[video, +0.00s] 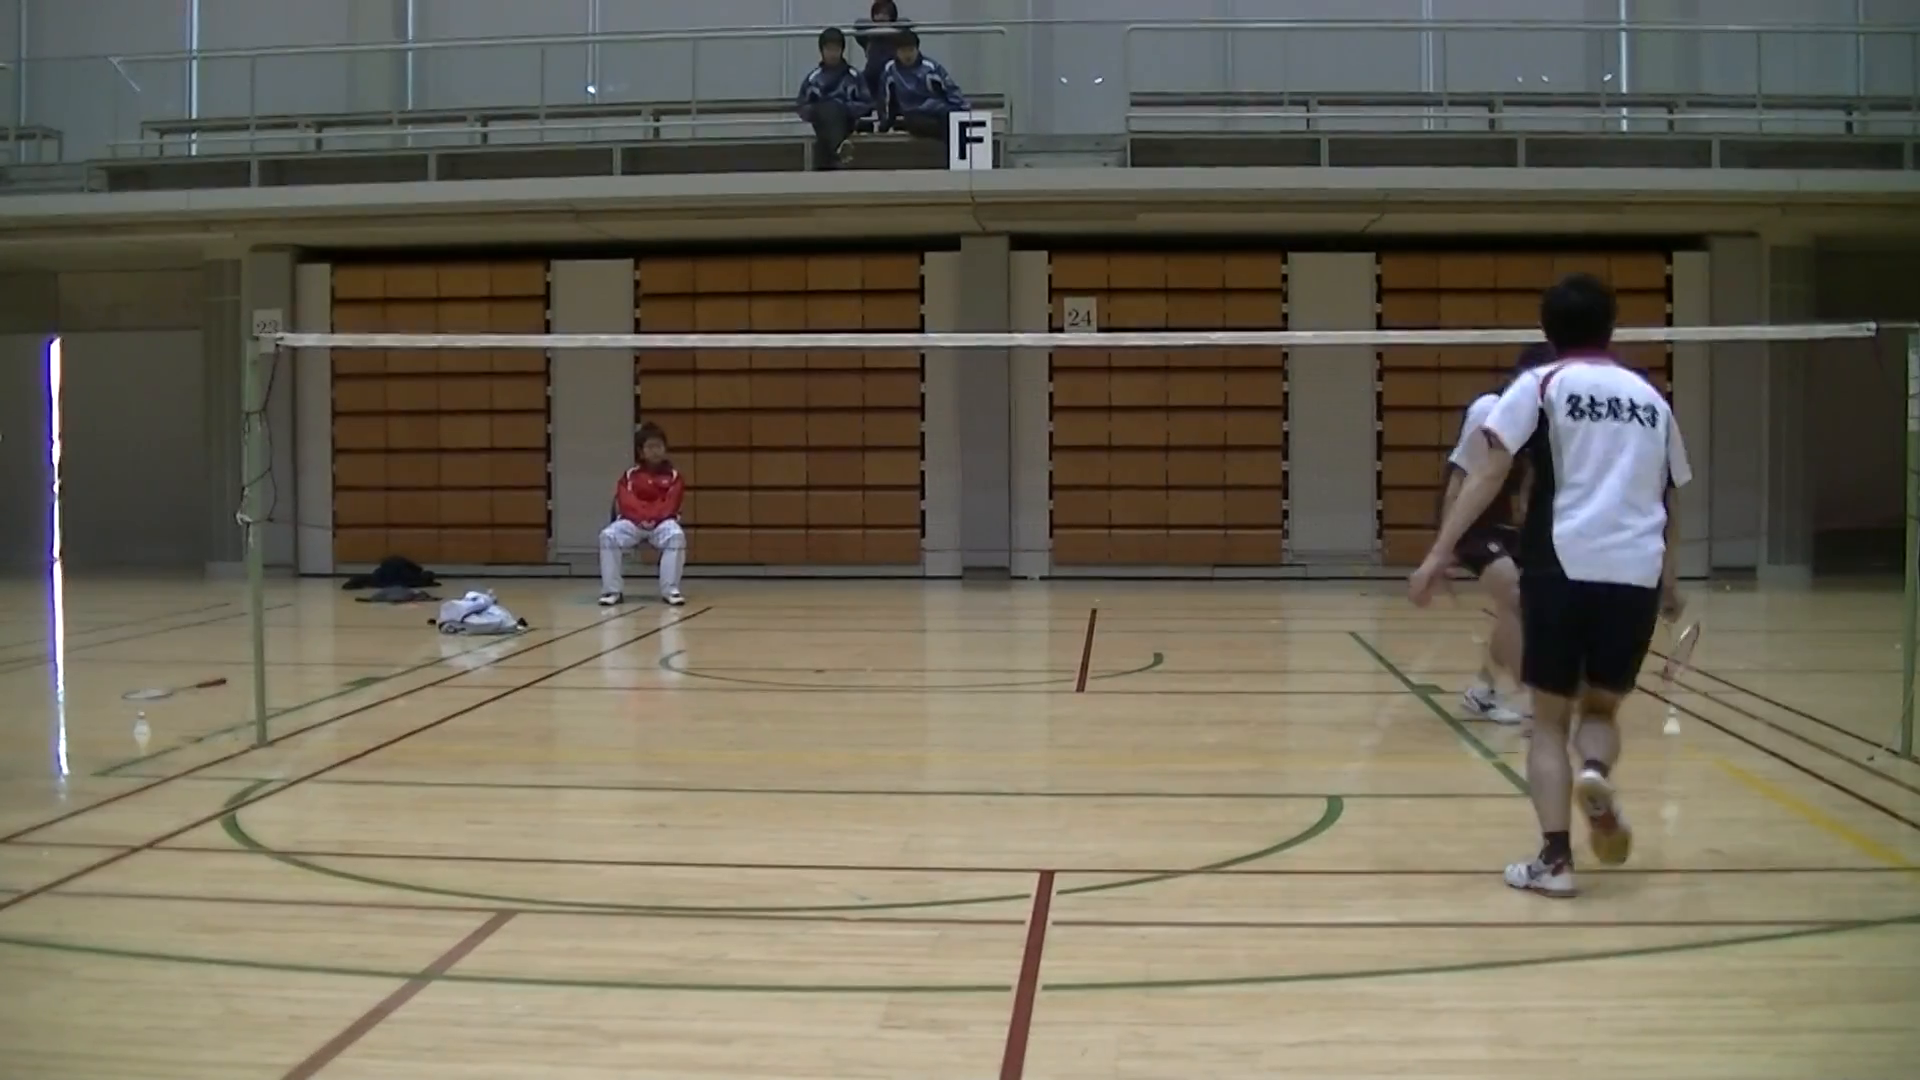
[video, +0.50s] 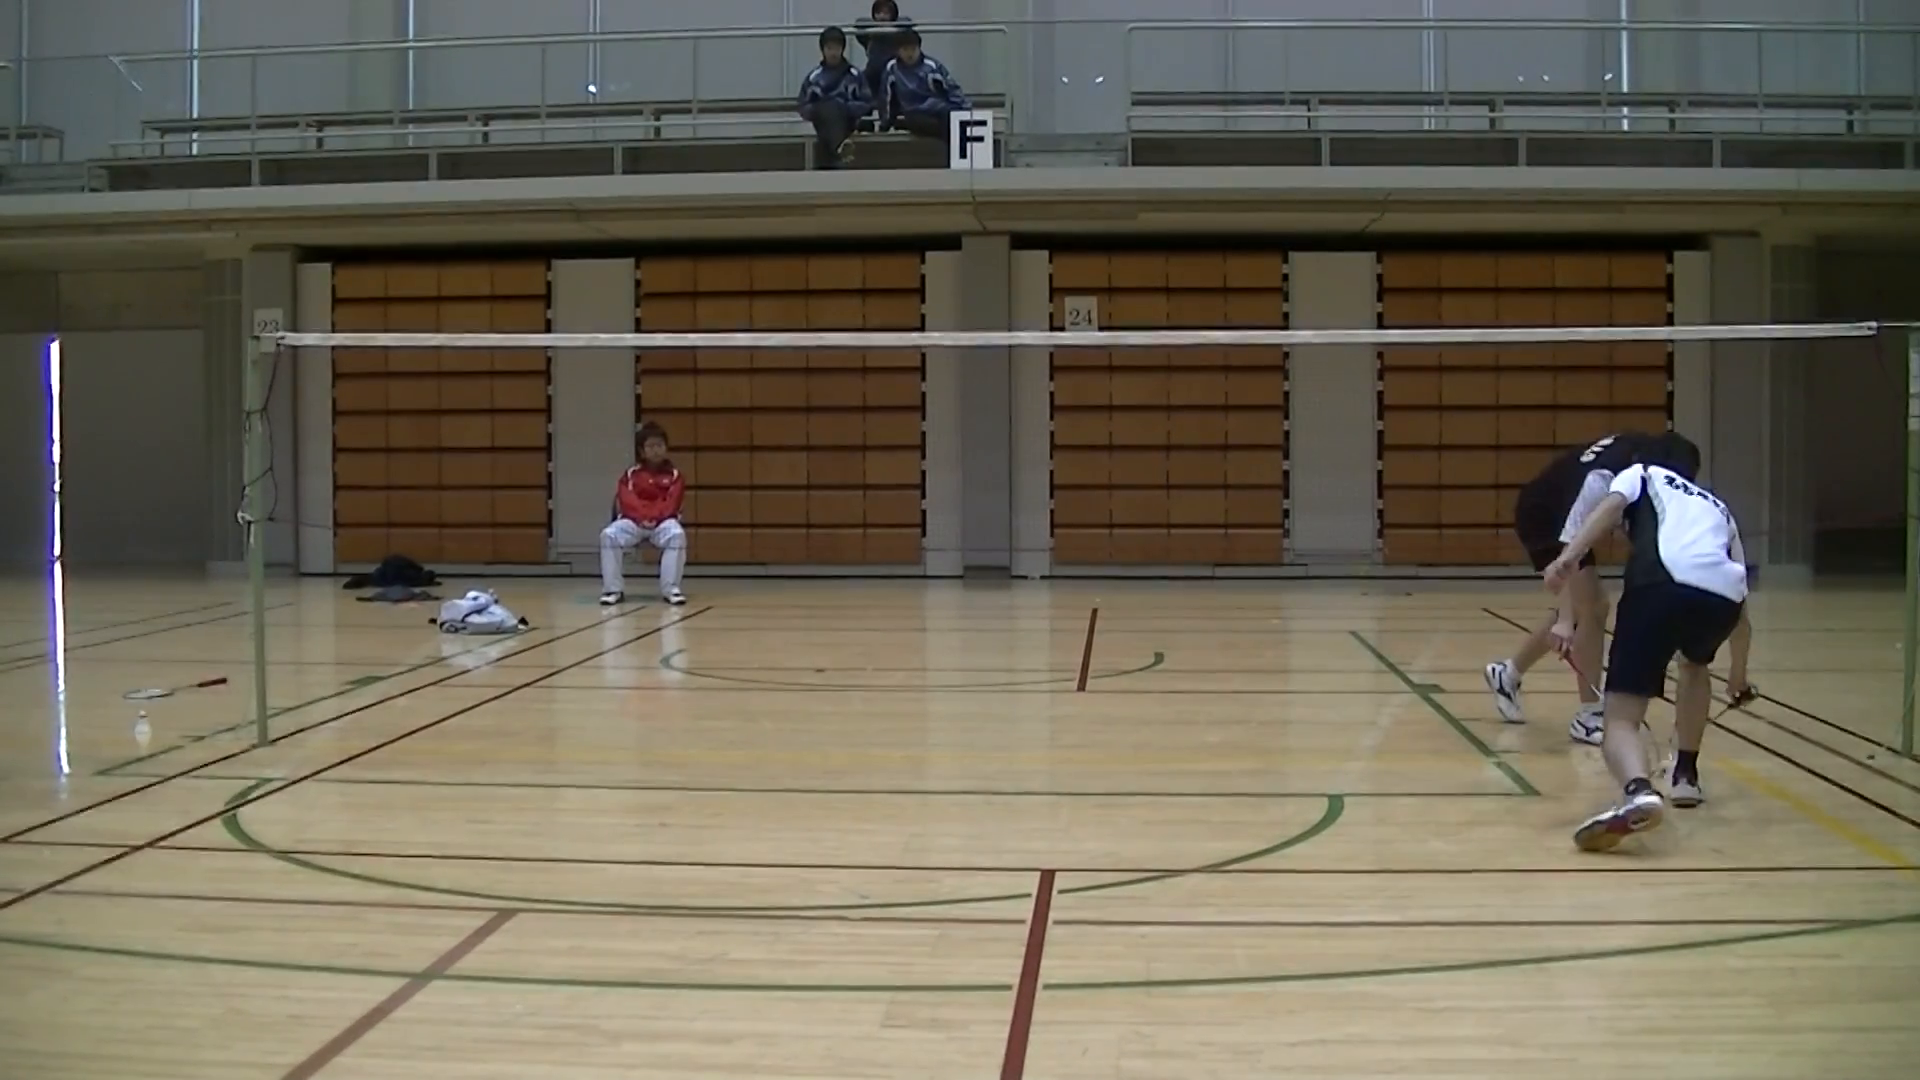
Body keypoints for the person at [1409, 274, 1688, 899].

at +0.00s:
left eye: (1547, 327)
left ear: (1550, 330)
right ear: (1611, 330)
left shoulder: (1537, 386)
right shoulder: (1651, 399)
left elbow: (1489, 473)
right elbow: (1669, 502)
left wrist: (1441, 552)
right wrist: (1669, 581)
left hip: (1559, 577)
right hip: (1635, 582)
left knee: (1549, 724)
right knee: (1602, 707)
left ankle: (1555, 859)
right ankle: (1595, 774)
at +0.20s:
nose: (1591, 378)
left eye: (1594, 370)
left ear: (1597, 373)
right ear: (1653, 373)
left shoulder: (1589, 414)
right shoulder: (1684, 434)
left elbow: (1527, 489)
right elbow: (1702, 528)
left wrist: (1468, 544)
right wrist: (1706, 594)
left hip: (1602, 587)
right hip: (1672, 593)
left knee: (1574, 714)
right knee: (1669, 674)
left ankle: (1572, 829)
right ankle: (1679, 772)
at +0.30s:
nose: (1617, 424)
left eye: (1619, 415)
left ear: (1624, 416)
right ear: (1677, 418)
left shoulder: (1619, 449)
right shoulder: (1706, 477)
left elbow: (1561, 509)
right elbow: (1720, 568)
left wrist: (1497, 562)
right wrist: (1718, 633)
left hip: (1629, 607)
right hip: (1694, 615)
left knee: (1593, 734)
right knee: (1687, 681)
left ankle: (1601, 817)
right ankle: (1687, 780)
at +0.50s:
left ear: (1655, 462)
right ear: (1694, 473)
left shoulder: (1644, 473)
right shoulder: (1721, 509)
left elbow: (1613, 503)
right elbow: (1739, 606)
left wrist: (1570, 555)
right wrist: (1739, 674)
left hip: (1655, 594)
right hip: (1720, 602)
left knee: (1622, 720)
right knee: (1696, 667)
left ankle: (1638, 790)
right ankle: (1685, 775)